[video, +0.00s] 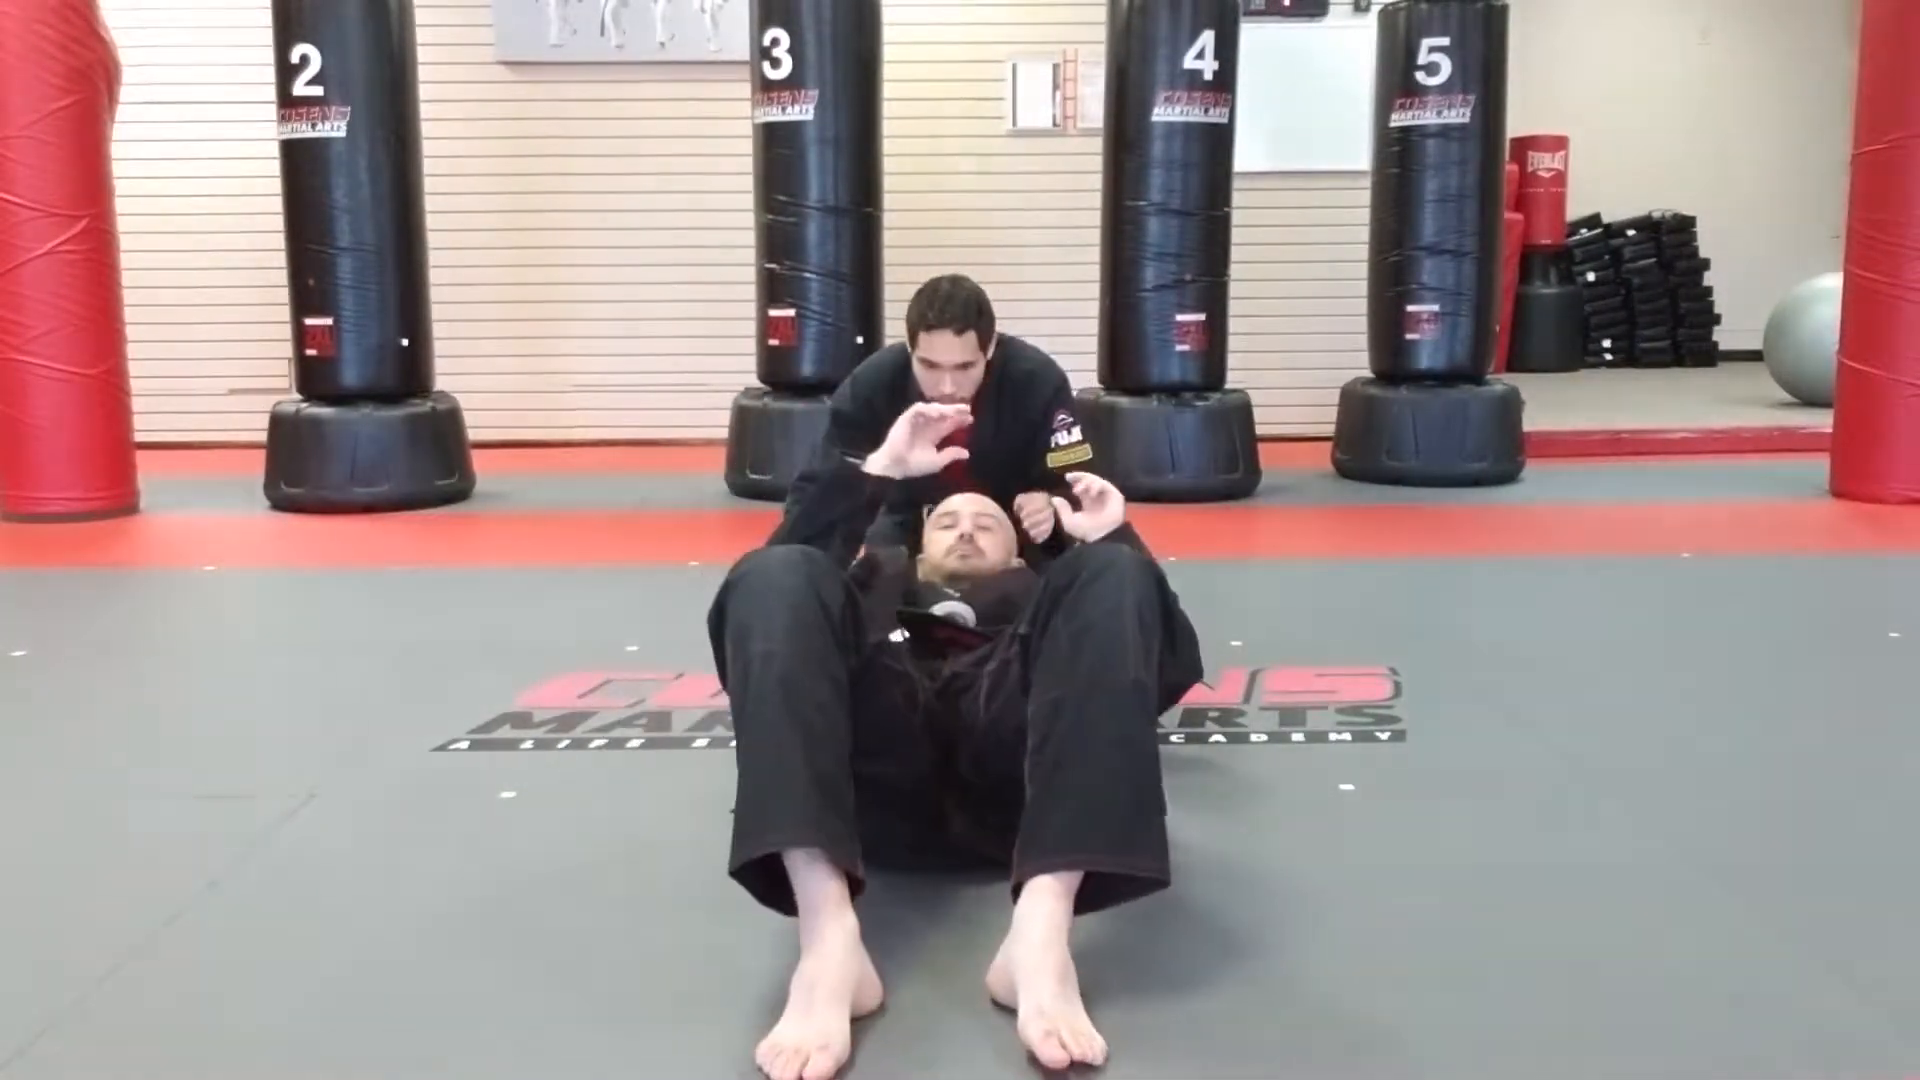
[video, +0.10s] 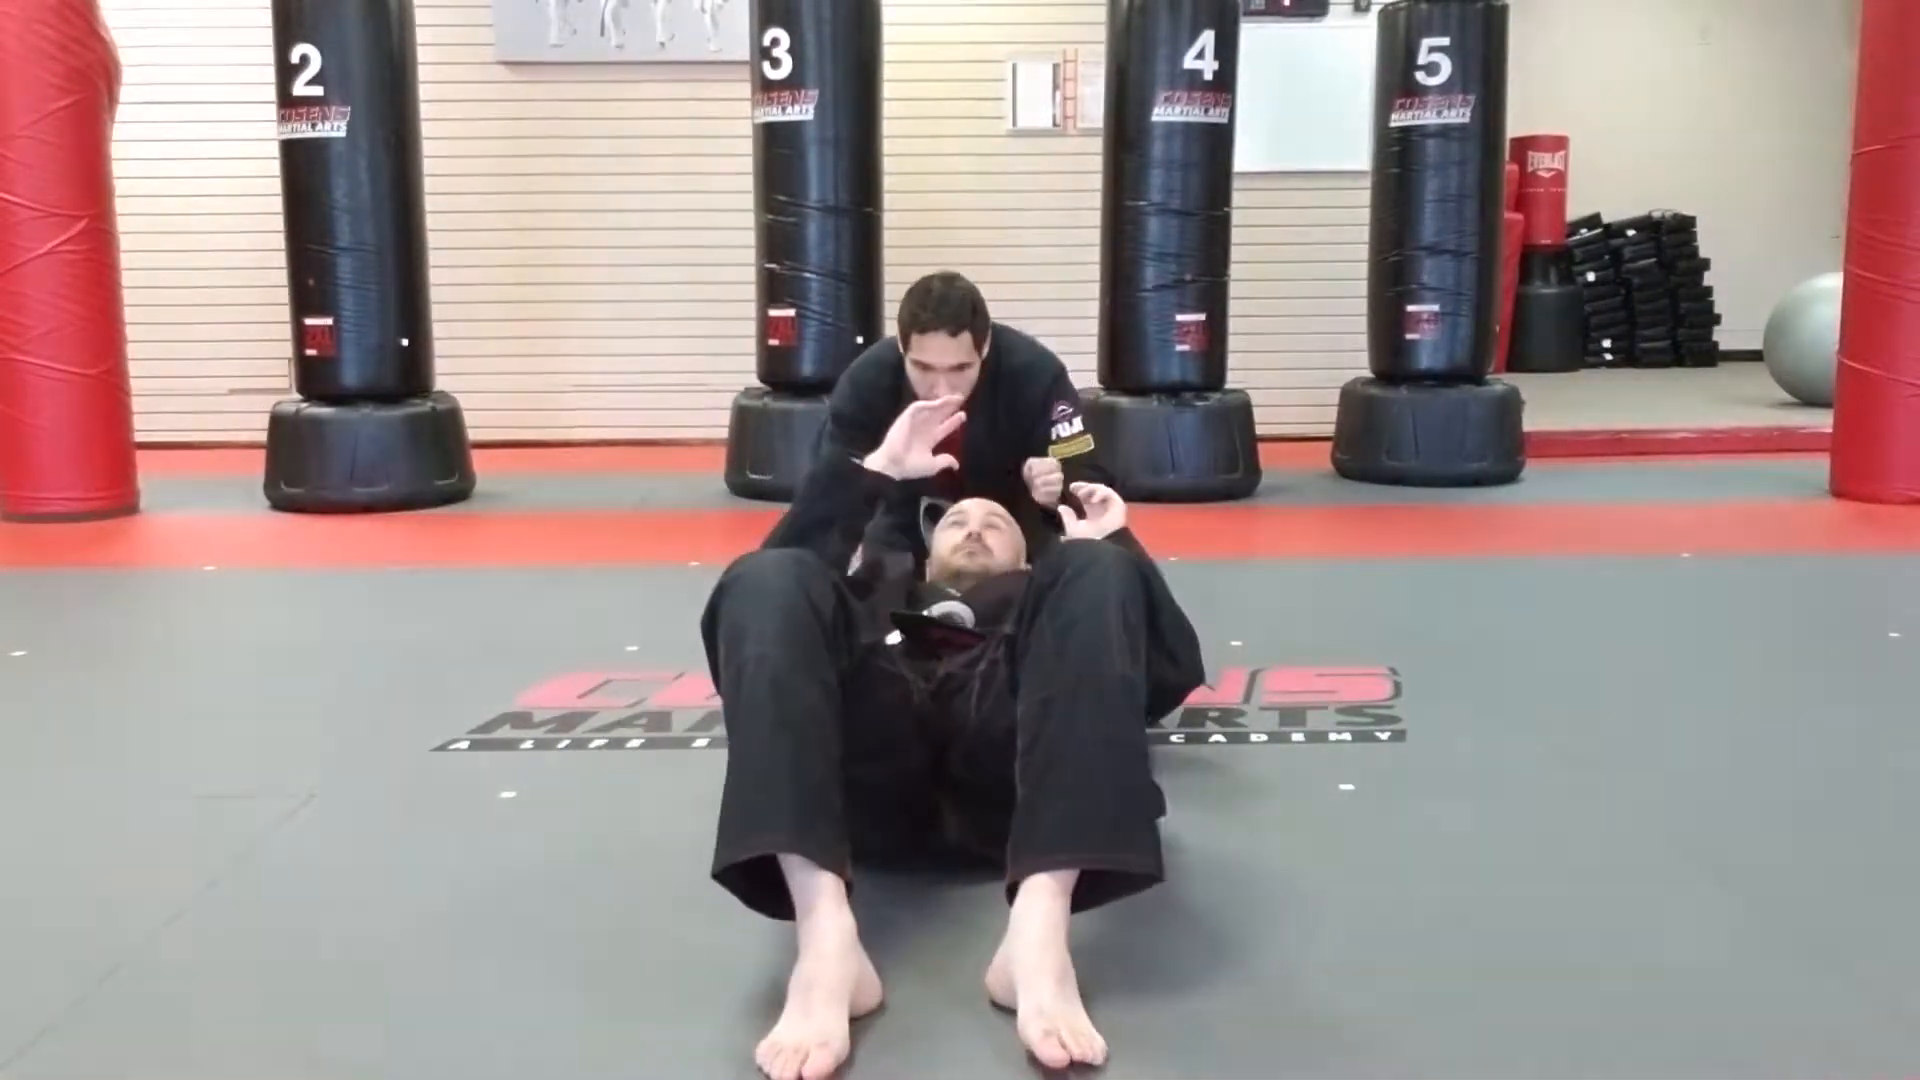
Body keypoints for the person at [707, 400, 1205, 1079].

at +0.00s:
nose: (965, 529)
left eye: (987, 523)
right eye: (944, 523)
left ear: (1021, 553)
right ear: (915, 554)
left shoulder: (1055, 590)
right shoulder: (871, 589)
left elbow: (1170, 675)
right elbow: (779, 581)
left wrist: (1114, 538)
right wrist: (880, 468)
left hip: (1026, 779)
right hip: (877, 772)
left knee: (1114, 570)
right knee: (774, 579)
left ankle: (1042, 935)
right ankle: (828, 940)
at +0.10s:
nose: (973, 529)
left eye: (994, 526)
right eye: (952, 522)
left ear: (1026, 562)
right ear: (923, 559)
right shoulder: (868, 613)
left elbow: (1172, 676)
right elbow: (777, 584)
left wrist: (1110, 549)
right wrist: (876, 469)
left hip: (1022, 782)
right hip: (872, 775)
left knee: (1096, 567)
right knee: (767, 582)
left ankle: (1040, 933)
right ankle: (825, 940)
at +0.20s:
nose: (966, 530)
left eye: (986, 531)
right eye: (947, 527)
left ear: (1016, 568)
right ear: (916, 568)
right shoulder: (864, 607)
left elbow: (1169, 654)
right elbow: (775, 575)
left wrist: (1099, 540)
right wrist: (868, 475)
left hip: (1018, 787)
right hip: (869, 782)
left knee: (1083, 563)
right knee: (760, 585)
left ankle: (1036, 936)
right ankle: (824, 942)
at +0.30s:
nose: (950, 535)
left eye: (971, 537)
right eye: (932, 536)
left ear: (1003, 571)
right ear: (902, 574)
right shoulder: (855, 604)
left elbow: (1150, 625)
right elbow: (769, 570)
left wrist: (1055, 538)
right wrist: (850, 496)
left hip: (1009, 785)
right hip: (863, 785)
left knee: (1070, 559)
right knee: (754, 583)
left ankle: (1033, 937)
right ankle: (824, 942)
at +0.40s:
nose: (936, 544)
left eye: (955, 545)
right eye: (918, 544)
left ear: (988, 576)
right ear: (884, 577)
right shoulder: (838, 615)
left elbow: (1131, 603)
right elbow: (761, 573)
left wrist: (1017, 551)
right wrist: (834, 521)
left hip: (1000, 789)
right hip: (853, 790)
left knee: (1058, 562)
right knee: (748, 586)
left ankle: (1031, 940)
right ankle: (823, 942)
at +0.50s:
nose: (923, 544)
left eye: (945, 544)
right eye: (904, 545)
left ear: (978, 577)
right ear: (871, 578)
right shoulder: (826, 619)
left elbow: (1114, 592)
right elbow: (757, 584)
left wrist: (1016, 544)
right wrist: (828, 525)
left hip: (994, 793)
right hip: (844, 795)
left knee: (1049, 564)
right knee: (743, 589)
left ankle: (1030, 938)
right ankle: (822, 940)